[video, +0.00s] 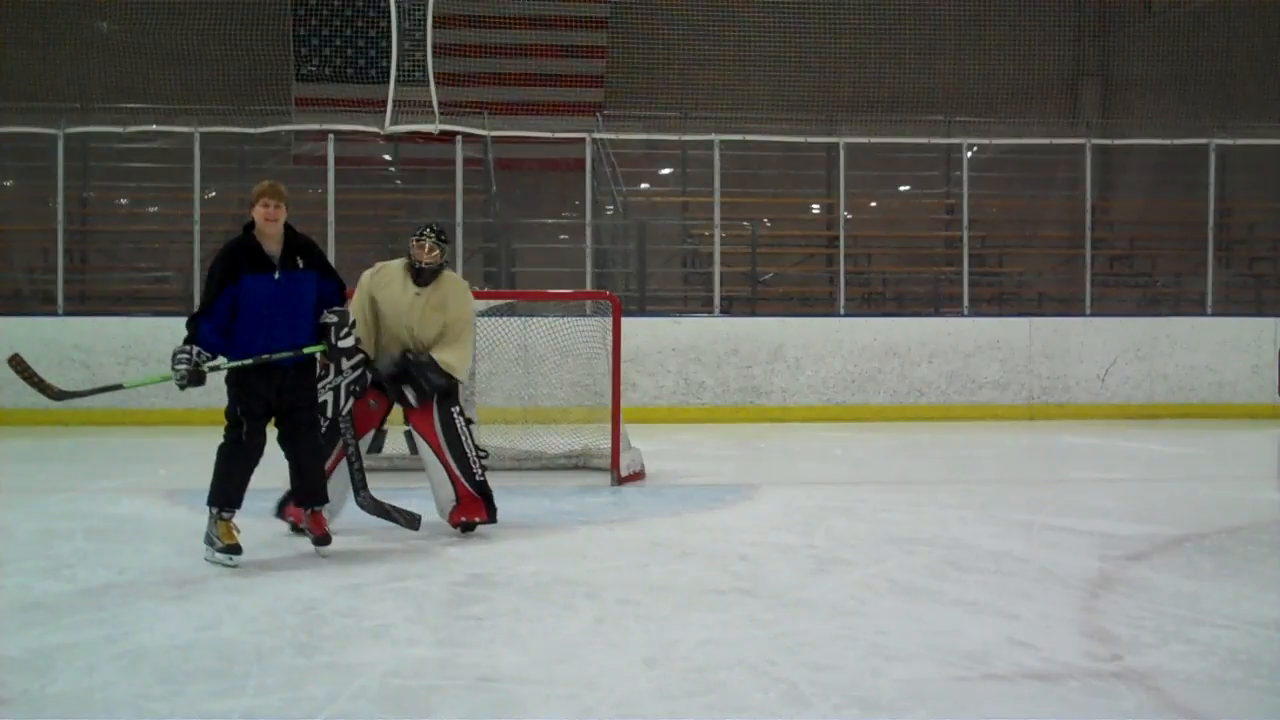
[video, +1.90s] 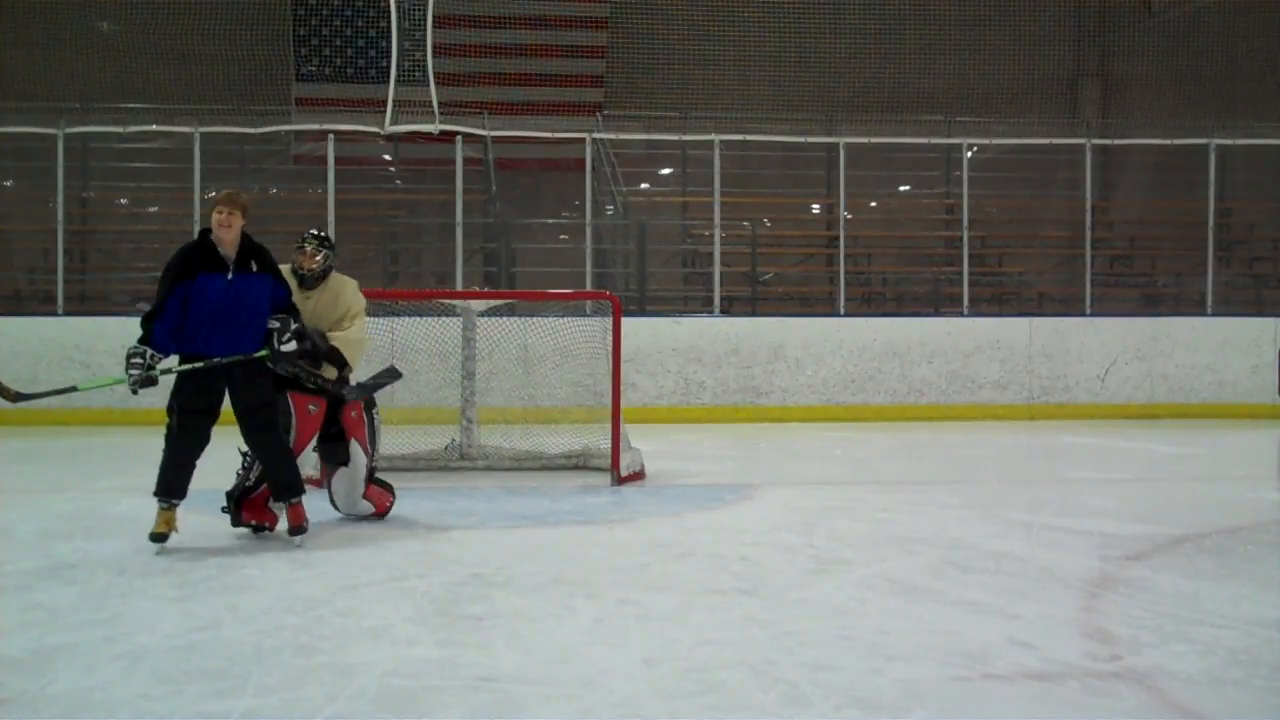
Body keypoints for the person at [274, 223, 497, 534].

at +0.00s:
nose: (424, 255)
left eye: (432, 250)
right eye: (420, 247)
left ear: (443, 255)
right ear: (410, 248)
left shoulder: (455, 290)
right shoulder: (378, 278)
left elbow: (458, 350)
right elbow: (357, 334)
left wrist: (421, 374)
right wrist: (358, 372)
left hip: (428, 377)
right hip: (378, 374)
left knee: (444, 432)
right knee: (345, 432)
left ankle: (470, 503)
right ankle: (307, 501)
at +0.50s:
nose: (396, 262)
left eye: (404, 256)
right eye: (392, 255)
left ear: (419, 259)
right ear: (385, 257)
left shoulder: (440, 295)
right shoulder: (362, 285)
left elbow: (456, 348)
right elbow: (332, 323)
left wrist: (440, 379)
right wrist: (317, 356)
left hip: (417, 379)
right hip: (364, 375)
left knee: (443, 433)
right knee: (340, 435)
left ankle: (478, 497)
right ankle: (317, 506)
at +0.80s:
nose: (356, 264)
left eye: (363, 258)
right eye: (350, 258)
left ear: (377, 262)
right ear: (342, 261)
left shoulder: (399, 291)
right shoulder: (324, 290)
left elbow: (416, 346)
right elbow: (301, 344)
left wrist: (407, 377)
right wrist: (309, 392)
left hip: (392, 379)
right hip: (341, 382)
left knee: (426, 428)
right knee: (333, 430)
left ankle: (435, 500)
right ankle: (300, 502)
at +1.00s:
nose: (344, 265)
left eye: (352, 259)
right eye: (340, 258)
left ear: (367, 262)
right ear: (333, 259)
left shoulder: (389, 290)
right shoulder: (316, 289)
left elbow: (404, 342)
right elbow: (293, 334)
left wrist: (399, 370)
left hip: (375, 380)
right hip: (328, 380)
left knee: (410, 410)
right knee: (333, 414)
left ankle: (396, 495)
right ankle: (278, 492)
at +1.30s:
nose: (343, 257)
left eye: (351, 251)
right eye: (339, 250)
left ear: (364, 255)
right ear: (331, 251)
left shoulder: (383, 285)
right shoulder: (309, 279)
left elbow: (401, 334)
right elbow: (288, 320)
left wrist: (400, 360)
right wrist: (297, 353)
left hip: (367, 376)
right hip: (320, 377)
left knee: (384, 439)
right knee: (301, 436)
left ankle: (371, 495)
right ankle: (269, 492)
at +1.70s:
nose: (324, 256)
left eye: (331, 251)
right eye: (320, 249)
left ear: (345, 255)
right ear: (312, 251)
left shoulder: (364, 286)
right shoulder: (293, 276)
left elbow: (378, 325)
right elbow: (273, 314)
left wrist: (360, 348)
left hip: (347, 375)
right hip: (301, 373)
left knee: (353, 439)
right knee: (282, 434)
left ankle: (361, 498)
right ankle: (257, 497)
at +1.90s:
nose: (306, 261)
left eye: (314, 256)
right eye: (302, 254)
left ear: (327, 260)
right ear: (295, 256)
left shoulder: (346, 290)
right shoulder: (278, 279)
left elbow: (355, 338)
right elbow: (260, 317)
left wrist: (321, 347)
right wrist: (278, 344)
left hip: (326, 375)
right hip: (281, 370)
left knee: (336, 434)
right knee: (273, 427)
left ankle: (346, 496)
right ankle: (249, 493)